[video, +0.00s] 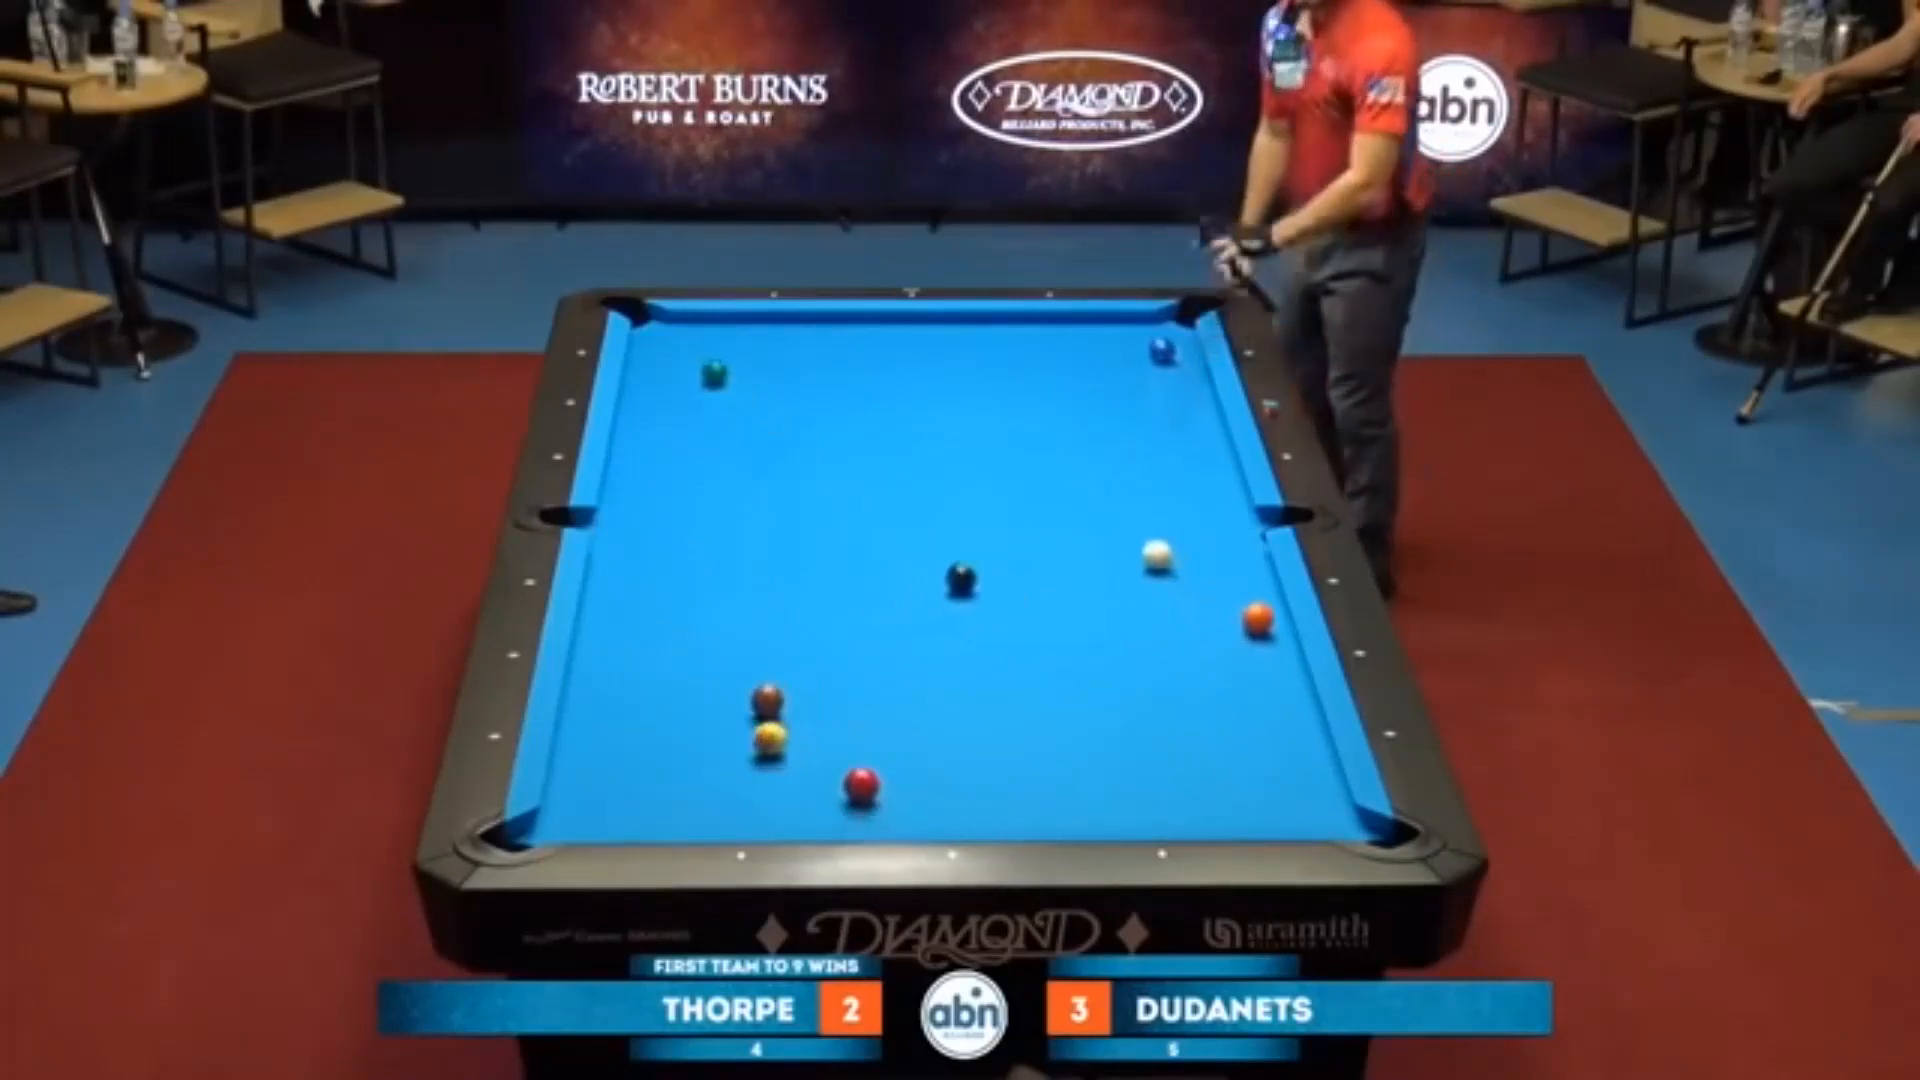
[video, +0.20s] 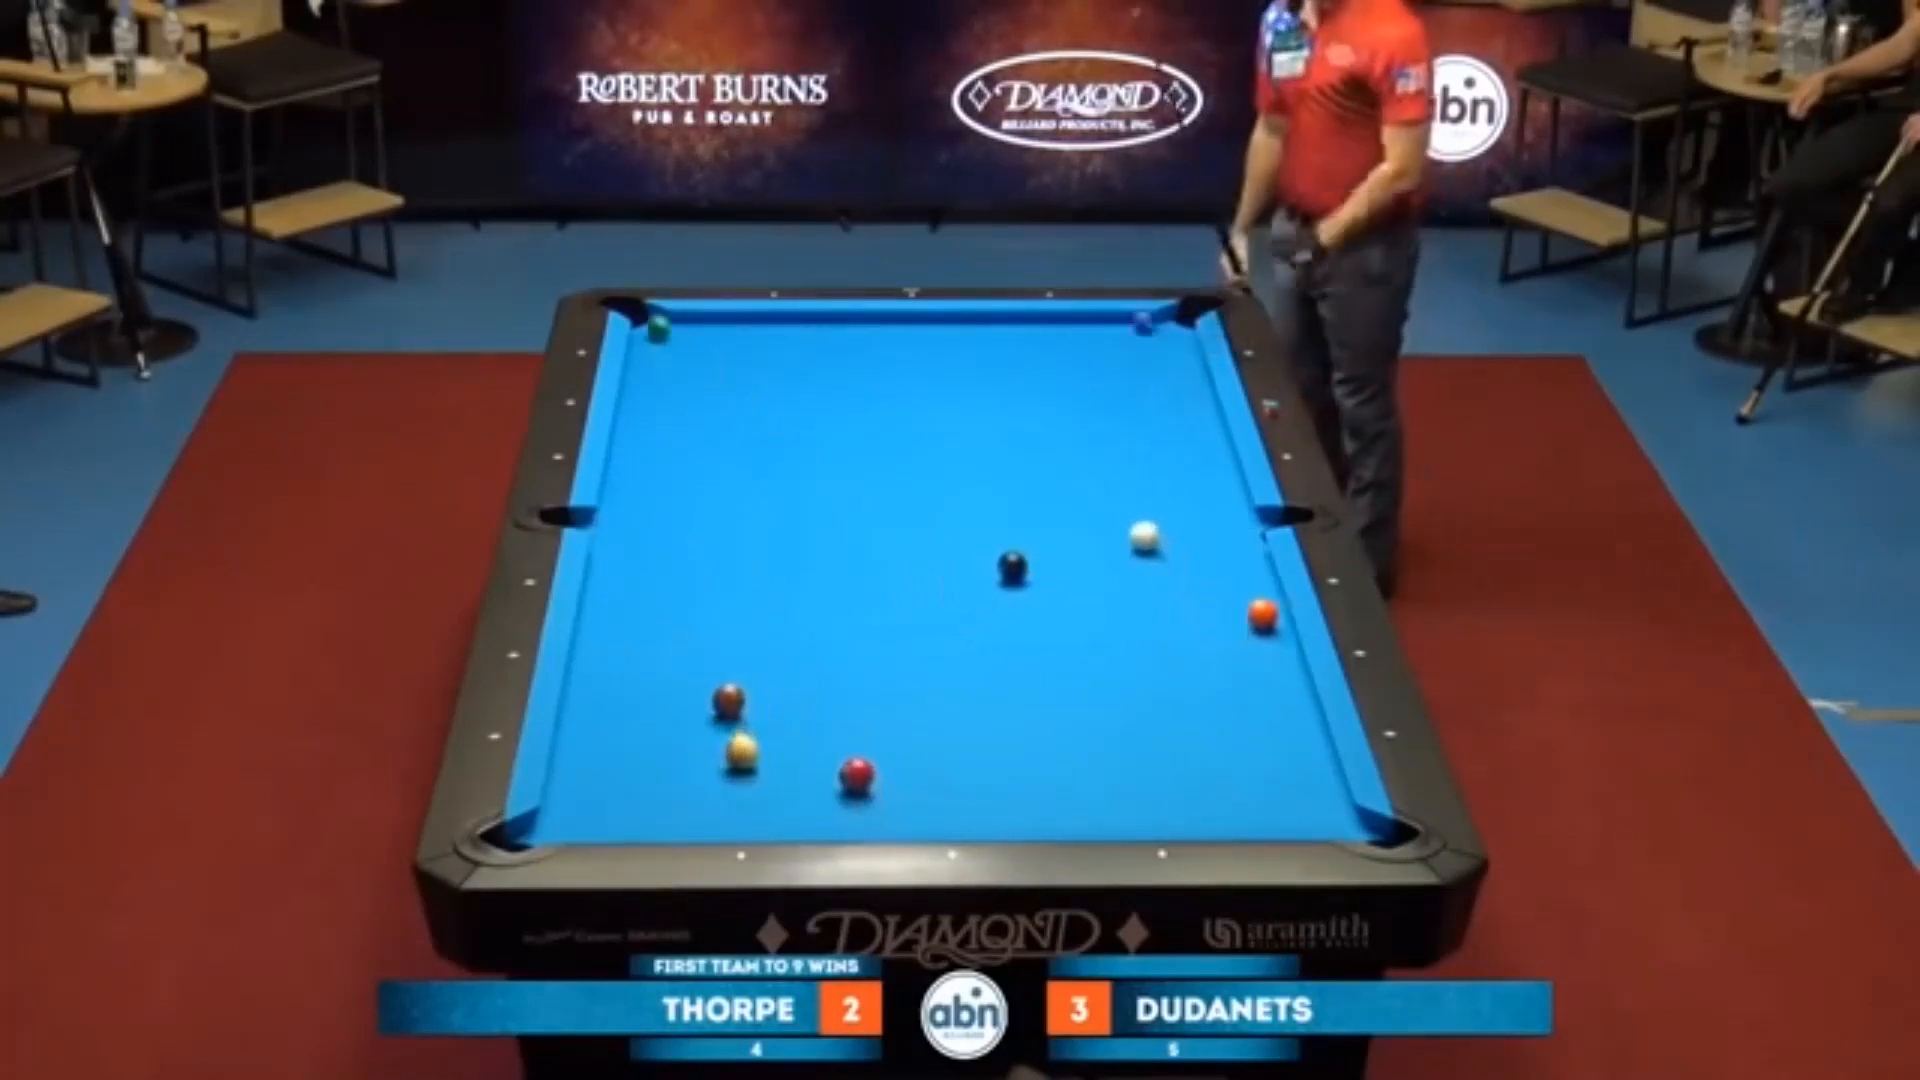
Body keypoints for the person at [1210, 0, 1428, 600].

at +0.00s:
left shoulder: (1383, 42)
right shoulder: (1283, 24)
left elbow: (1368, 180)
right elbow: (1274, 130)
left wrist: (1271, 236)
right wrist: (1249, 228)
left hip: (1373, 244)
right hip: (1311, 240)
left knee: (1357, 405)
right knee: (1301, 393)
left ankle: (1368, 562)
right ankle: (1315, 538)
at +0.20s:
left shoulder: (1394, 32)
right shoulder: (1281, 20)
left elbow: (1404, 166)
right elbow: (1270, 129)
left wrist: (1322, 236)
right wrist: (1242, 225)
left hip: (1368, 241)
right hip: (1295, 235)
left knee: (1361, 403)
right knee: (1303, 394)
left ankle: (1369, 563)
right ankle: (1312, 537)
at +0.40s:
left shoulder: (1400, 30)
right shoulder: (1281, 19)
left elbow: (1415, 164)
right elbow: (1268, 125)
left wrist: (1411, 277)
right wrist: (1244, 222)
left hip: (1362, 239)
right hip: (1284, 233)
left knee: (1362, 406)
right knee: (1296, 399)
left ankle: (1367, 563)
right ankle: (1304, 543)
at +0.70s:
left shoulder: (1407, 23)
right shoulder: (1287, 17)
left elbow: (1438, 128)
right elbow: (1242, 110)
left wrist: (1470, 229)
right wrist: (1184, 194)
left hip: (1362, 234)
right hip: (1288, 228)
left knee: (1361, 401)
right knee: (1303, 396)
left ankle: (1368, 565)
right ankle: (1311, 543)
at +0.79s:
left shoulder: (1409, 19)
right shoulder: (1287, 15)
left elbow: (1444, 99)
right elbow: (1222, 95)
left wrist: (1476, 174)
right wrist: (1144, 168)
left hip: (1364, 235)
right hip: (1290, 229)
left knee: (1364, 403)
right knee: (1302, 395)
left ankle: (1369, 566)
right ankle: (1312, 537)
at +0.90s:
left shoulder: (1413, 12)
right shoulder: (1283, 10)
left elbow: (1468, 72)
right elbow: (1206, 54)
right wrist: (1129, 80)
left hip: (1365, 233)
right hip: (1292, 227)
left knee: (1365, 403)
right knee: (1304, 396)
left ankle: (1370, 564)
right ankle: (1314, 540)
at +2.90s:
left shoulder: (1407, 15)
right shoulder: (1295, 10)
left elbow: (1501, 3)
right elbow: (1239, 2)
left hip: (1370, 233)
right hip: (1299, 224)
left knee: (1369, 402)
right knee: (1314, 394)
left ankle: (1370, 565)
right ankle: (1318, 539)